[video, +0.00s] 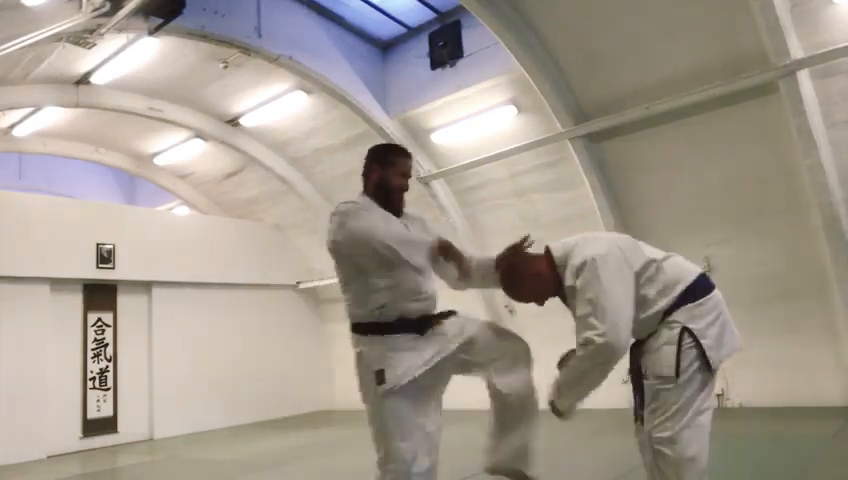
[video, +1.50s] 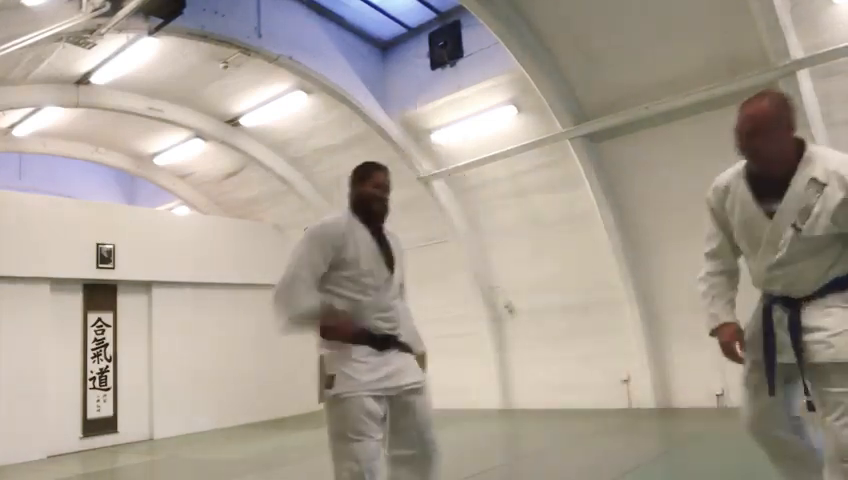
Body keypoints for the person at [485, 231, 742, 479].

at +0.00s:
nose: (540, 303)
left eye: (533, 296)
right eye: (531, 300)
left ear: (537, 270)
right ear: (536, 264)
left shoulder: (594, 259)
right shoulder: (574, 265)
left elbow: (609, 340)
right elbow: (602, 327)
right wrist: (579, 354)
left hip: (684, 318)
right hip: (656, 324)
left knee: (669, 435)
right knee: (652, 433)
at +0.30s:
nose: (562, 293)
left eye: (557, 287)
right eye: (554, 291)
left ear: (567, 263)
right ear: (566, 259)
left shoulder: (631, 253)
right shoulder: (591, 265)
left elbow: (683, 324)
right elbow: (625, 315)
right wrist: (619, 353)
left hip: (706, 325)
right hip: (665, 333)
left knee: (691, 432)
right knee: (658, 426)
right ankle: (671, 475)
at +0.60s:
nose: (597, 285)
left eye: (593, 277)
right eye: (589, 283)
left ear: (599, 246)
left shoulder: (660, 234)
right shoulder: (604, 278)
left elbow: (756, 255)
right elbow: (631, 312)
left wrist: (821, 315)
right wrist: (639, 352)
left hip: (718, 312)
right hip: (671, 332)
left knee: (725, 421)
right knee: (676, 425)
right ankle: (693, 477)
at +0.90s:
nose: (624, 284)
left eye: (620, 275)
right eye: (615, 281)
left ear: (625, 243)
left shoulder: (690, 227)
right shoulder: (631, 276)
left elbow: (788, 251)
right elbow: (664, 315)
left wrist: (824, 326)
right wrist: (679, 357)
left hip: (762, 313)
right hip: (707, 334)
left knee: (800, 425)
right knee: (709, 432)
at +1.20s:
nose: (690, 240)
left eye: (694, 229)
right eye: (681, 234)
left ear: (713, 202)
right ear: (672, 227)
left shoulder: (778, 208)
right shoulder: (678, 251)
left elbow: (842, 251)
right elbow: (694, 301)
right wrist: (697, 355)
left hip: (808, 311)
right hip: (745, 323)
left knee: (823, 429)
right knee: (730, 432)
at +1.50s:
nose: (745, 147)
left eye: (756, 136)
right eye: (741, 136)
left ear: (790, 135)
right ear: (737, 138)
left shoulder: (837, 176)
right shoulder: (725, 191)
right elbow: (719, 263)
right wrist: (723, 320)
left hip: (831, 303)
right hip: (772, 308)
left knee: (840, 424)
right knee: (765, 419)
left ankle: (839, 471)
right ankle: (814, 472)